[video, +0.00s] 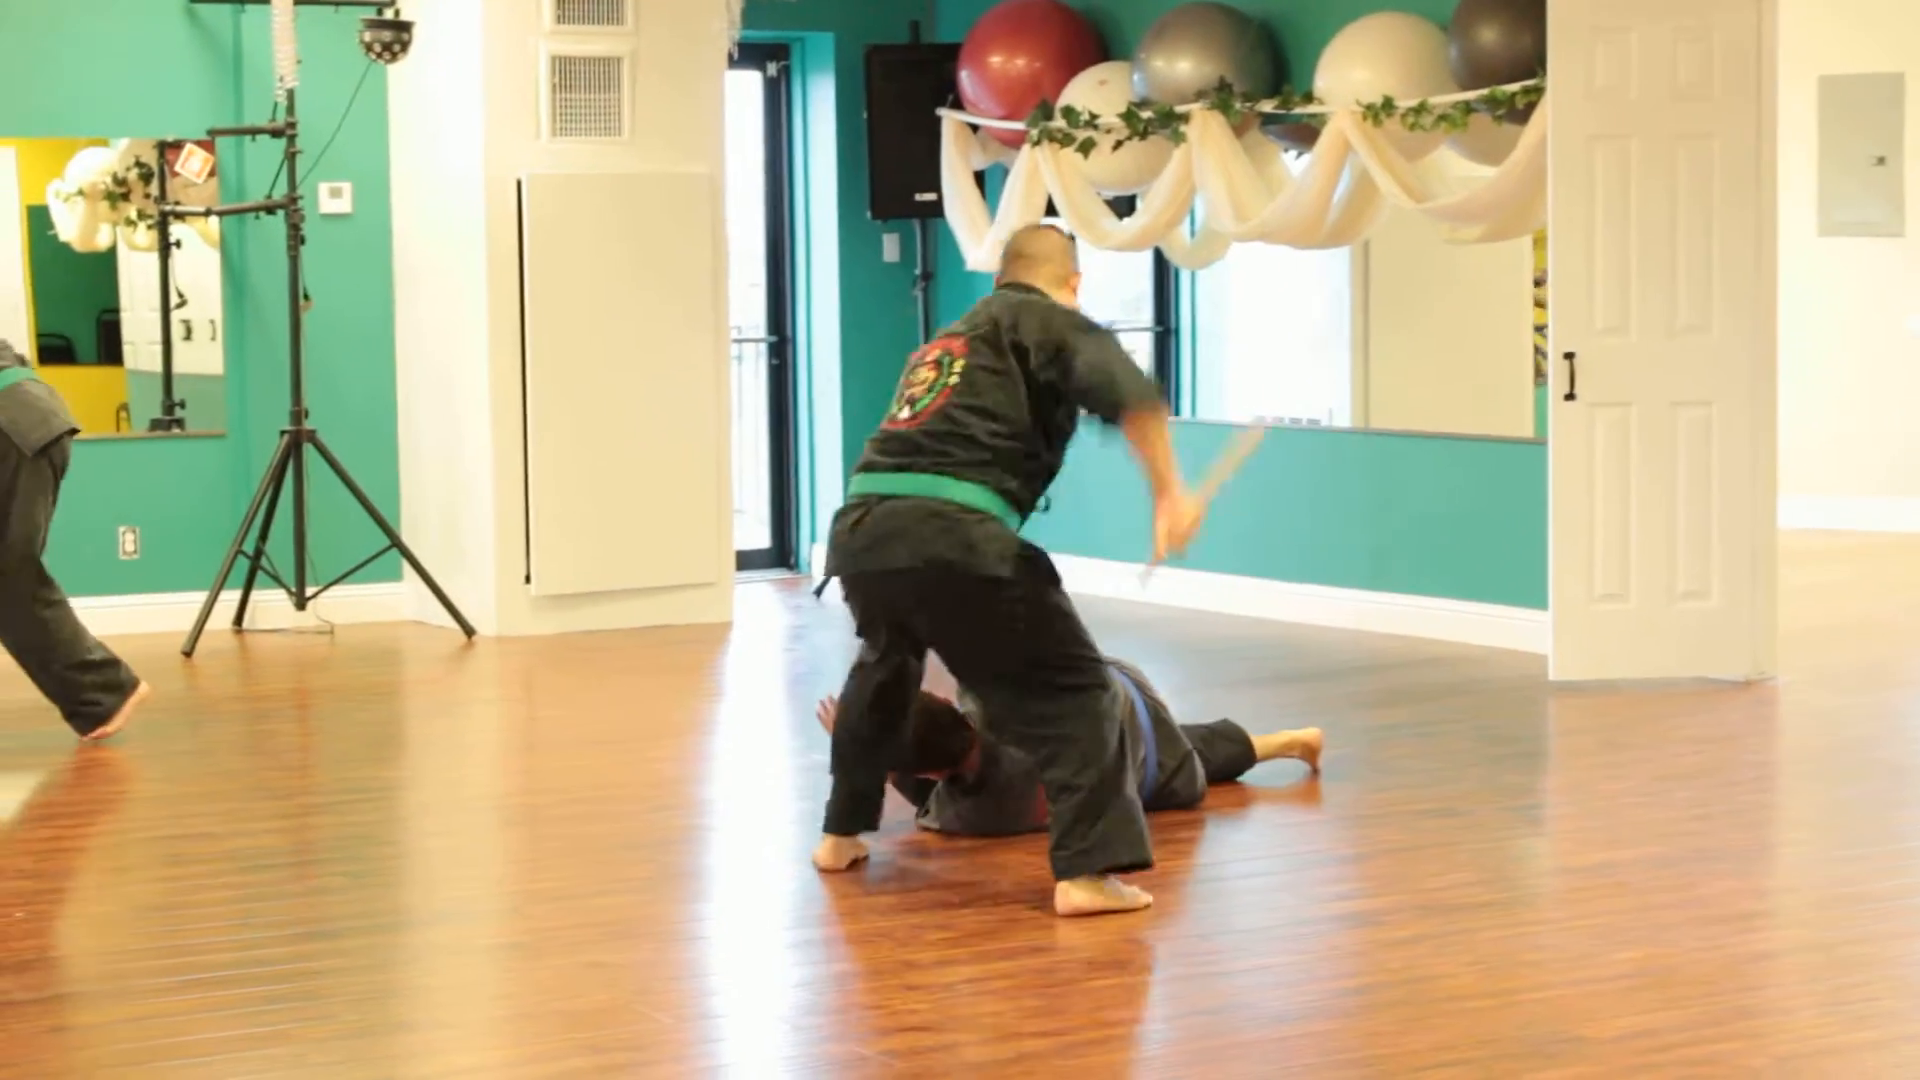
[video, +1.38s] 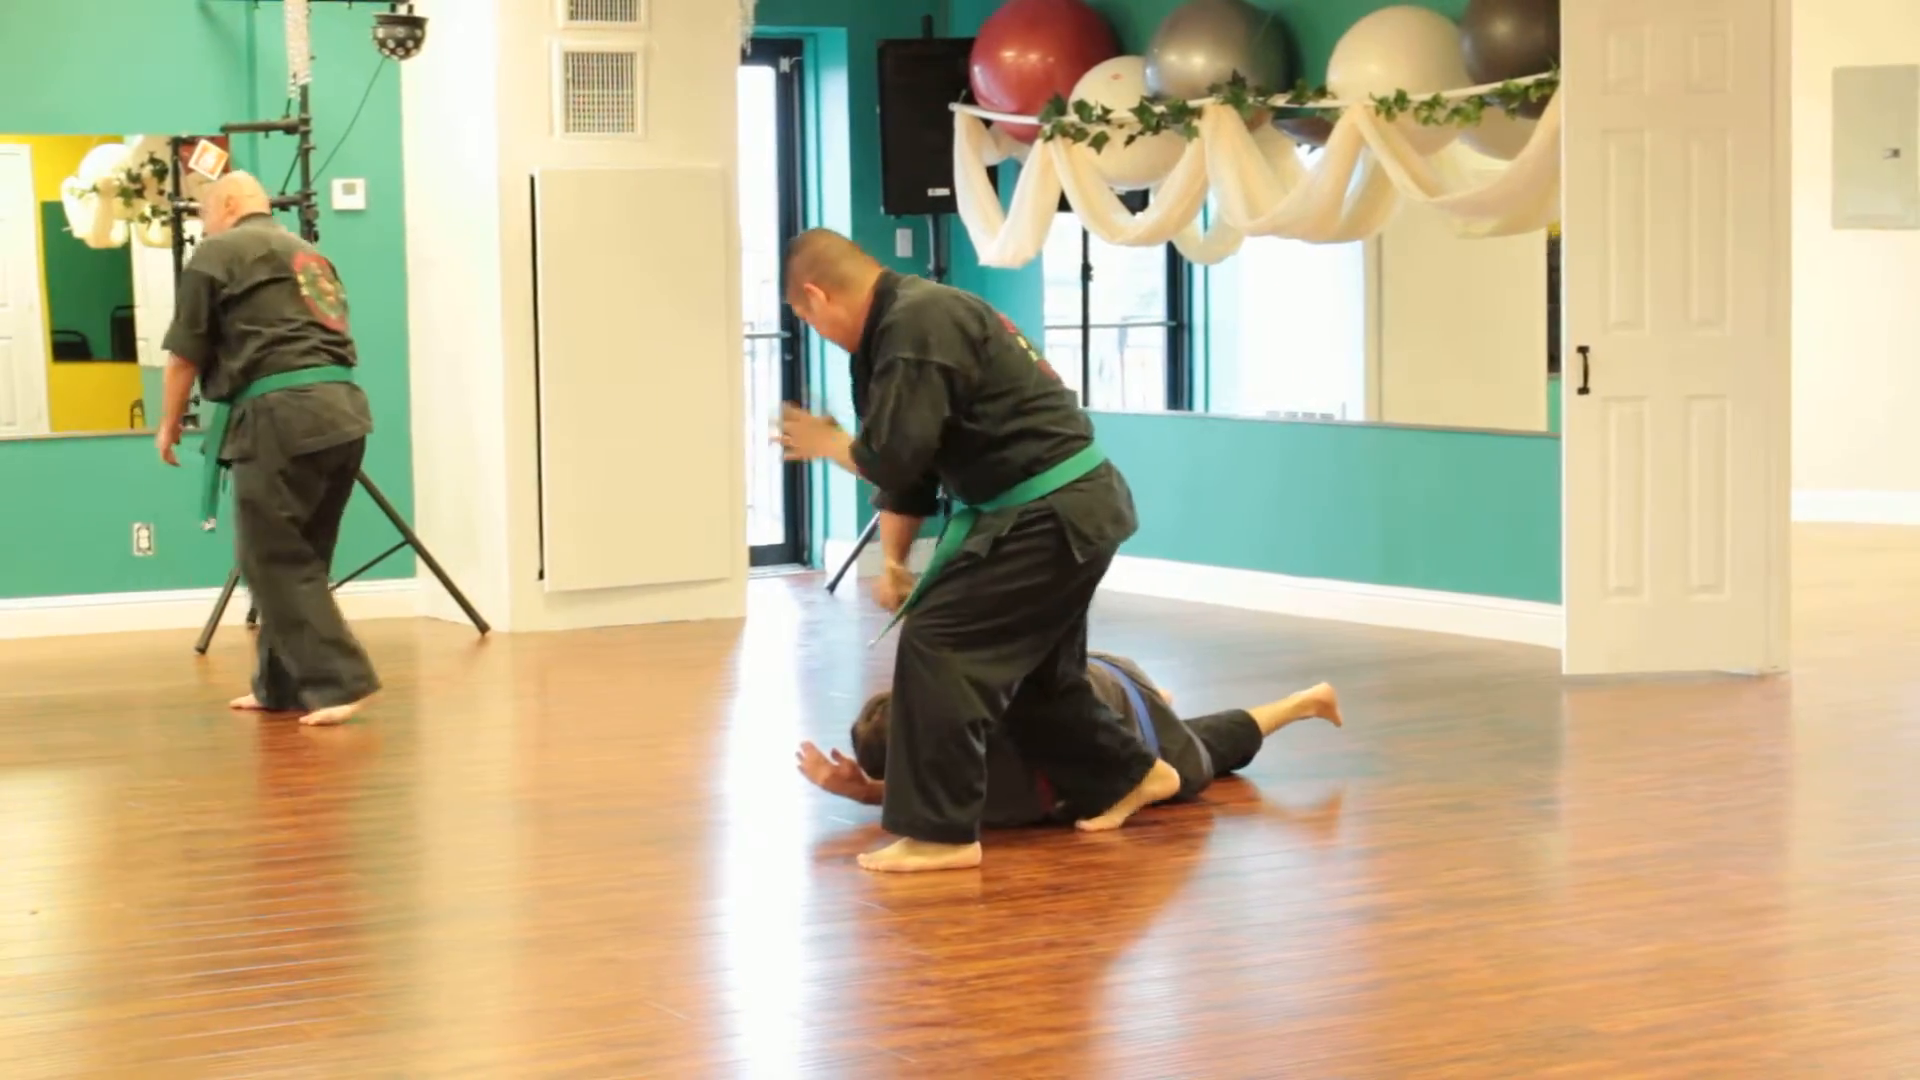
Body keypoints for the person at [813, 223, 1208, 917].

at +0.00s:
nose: (1079, 298)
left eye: (1077, 289)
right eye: (1078, 288)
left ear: (999, 279)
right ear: (1067, 284)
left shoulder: (949, 336)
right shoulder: (1045, 320)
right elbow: (1132, 391)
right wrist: (1170, 491)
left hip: (862, 532)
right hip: (956, 534)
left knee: (886, 653)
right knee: (1074, 688)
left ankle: (841, 832)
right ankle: (1085, 871)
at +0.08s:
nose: (1049, 273)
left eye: (1044, 263)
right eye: (1045, 262)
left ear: (969, 268)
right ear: (1035, 264)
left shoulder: (911, 327)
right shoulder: (1043, 295)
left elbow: (834, 444)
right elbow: (1143, 316)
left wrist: (896, 520)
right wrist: (1190, 388)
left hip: (892, 528)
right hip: (998, 523)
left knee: (875, 654)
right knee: (1069, 691)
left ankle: (844, 827)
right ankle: (1096, 867)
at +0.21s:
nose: (872, 273)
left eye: (873, 264)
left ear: (879, 266)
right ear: (957, 251)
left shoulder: (855, 331)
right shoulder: (1023, 280)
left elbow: (818, 457)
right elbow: (1140, 275)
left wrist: (794, 467)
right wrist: (1194, 293)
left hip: (954, 524)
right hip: (1063, 511)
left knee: (876, 658)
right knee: (1082, 680)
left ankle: (921, 823)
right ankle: (1172, 761)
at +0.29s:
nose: (849, 295)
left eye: (847, 286)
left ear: (855, 283)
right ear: (922, 261)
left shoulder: (847, 349)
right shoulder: (993, 294)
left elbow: (833, 472)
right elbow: (1088, 352)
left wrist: (885, 505)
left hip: (992, 544)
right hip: (1081, 518)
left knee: (879, 655)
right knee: (1061, 668)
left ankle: (931, 839)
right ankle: (1219, 718)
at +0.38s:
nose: (825, 317)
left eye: (822, 305)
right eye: (823, 306)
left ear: (833, 298)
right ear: (891, 279)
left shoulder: (861, 354)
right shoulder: (966, 321)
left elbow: (860, 498)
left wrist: (922, 471)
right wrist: (933, 481)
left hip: (1014, 552)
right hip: (1094, 530)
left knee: (890, 655)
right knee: (1052, 670)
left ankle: (928, 836)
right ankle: (1172, 762)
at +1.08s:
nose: (811, 351)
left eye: (802, 335)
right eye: (802, 339)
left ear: (818, 308)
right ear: (845, 290)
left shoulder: (919, 335)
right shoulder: (909, 334)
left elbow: (921, 478)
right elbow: (917, 485)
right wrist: (914, 578)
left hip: (1060, 512)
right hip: (1069, 508)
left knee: (934, 636)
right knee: (1023, 679)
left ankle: (944, 830)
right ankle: (1125, 766)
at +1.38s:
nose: (815, 332)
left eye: (806, 317)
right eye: (807, 319)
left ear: (820, 295)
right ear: (856, 272)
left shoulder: (911, 327)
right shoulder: (918, 312)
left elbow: (899, 465)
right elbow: (907, 471)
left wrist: (832, 442)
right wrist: (894, 560)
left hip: (1053, 509)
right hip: (1077, 499)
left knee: (935, 641)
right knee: (1034, 674)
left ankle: (941, 831)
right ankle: (1130, 772)